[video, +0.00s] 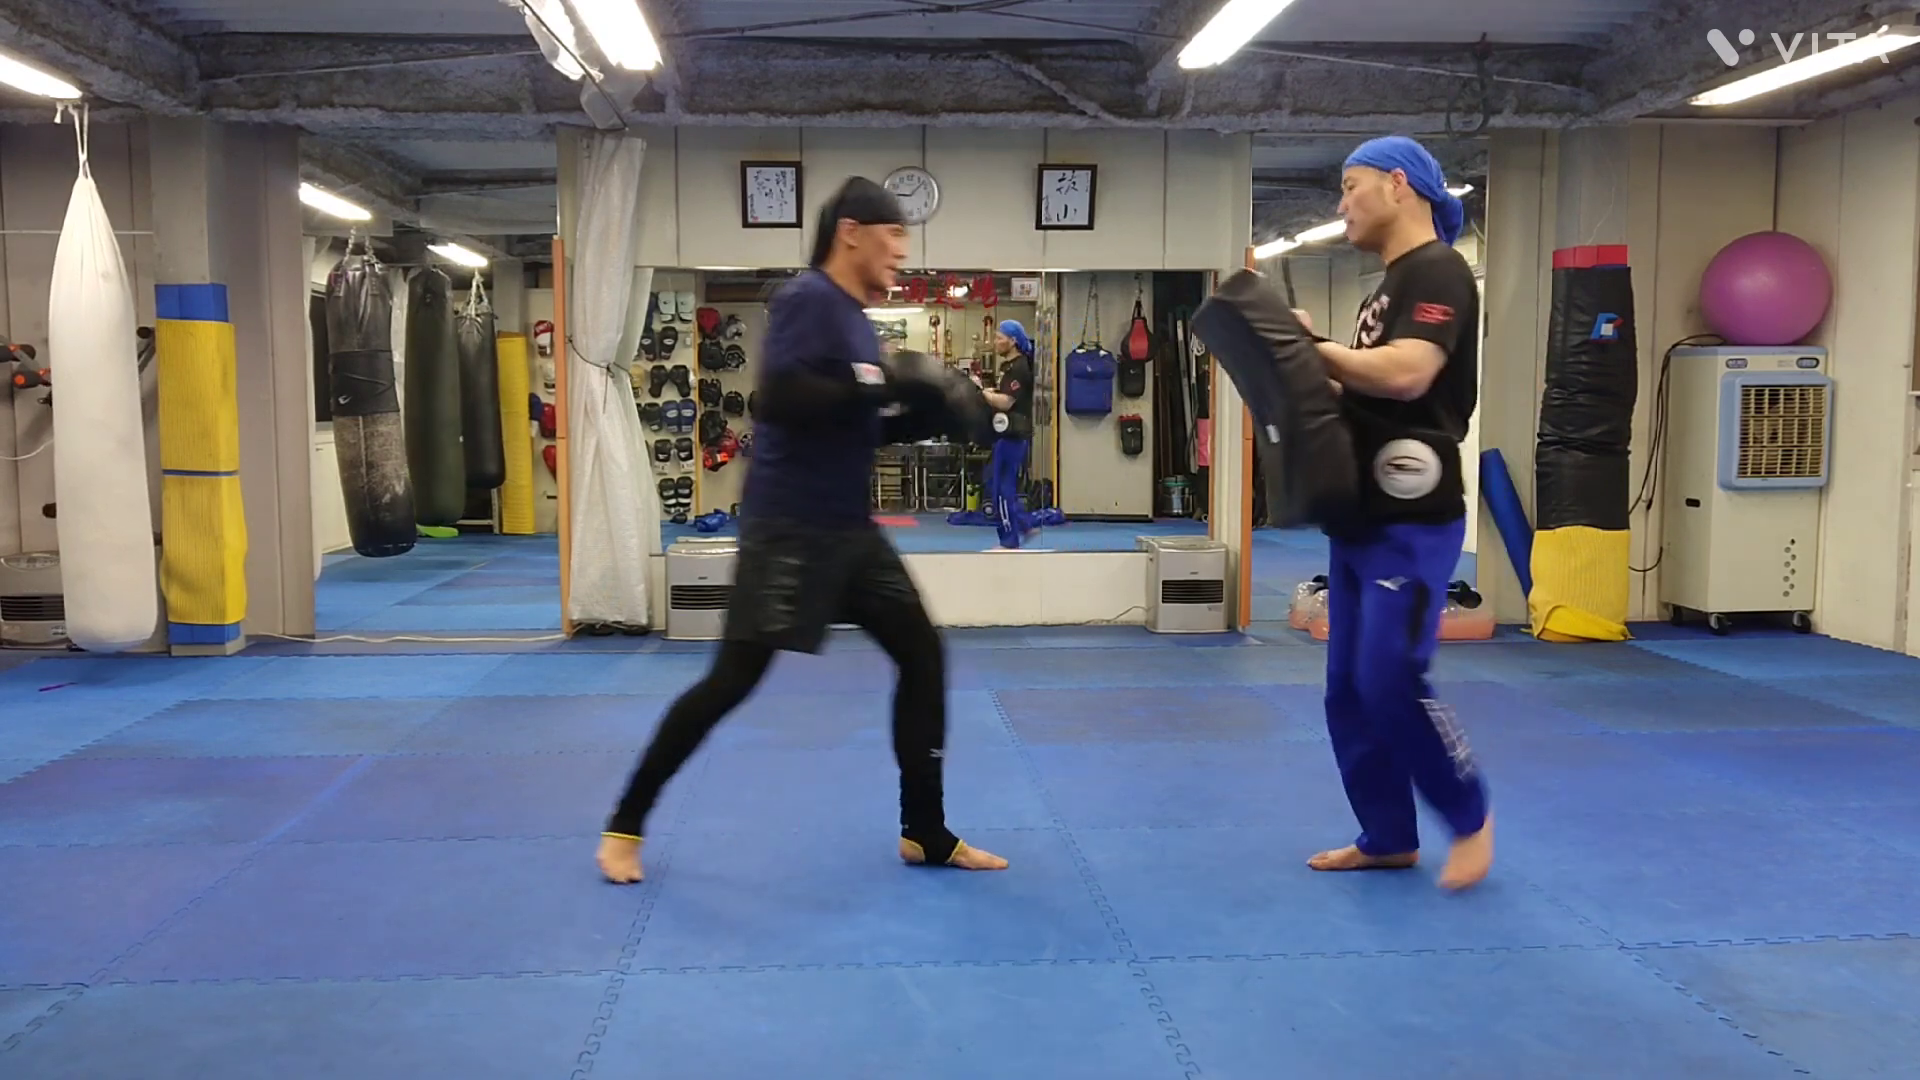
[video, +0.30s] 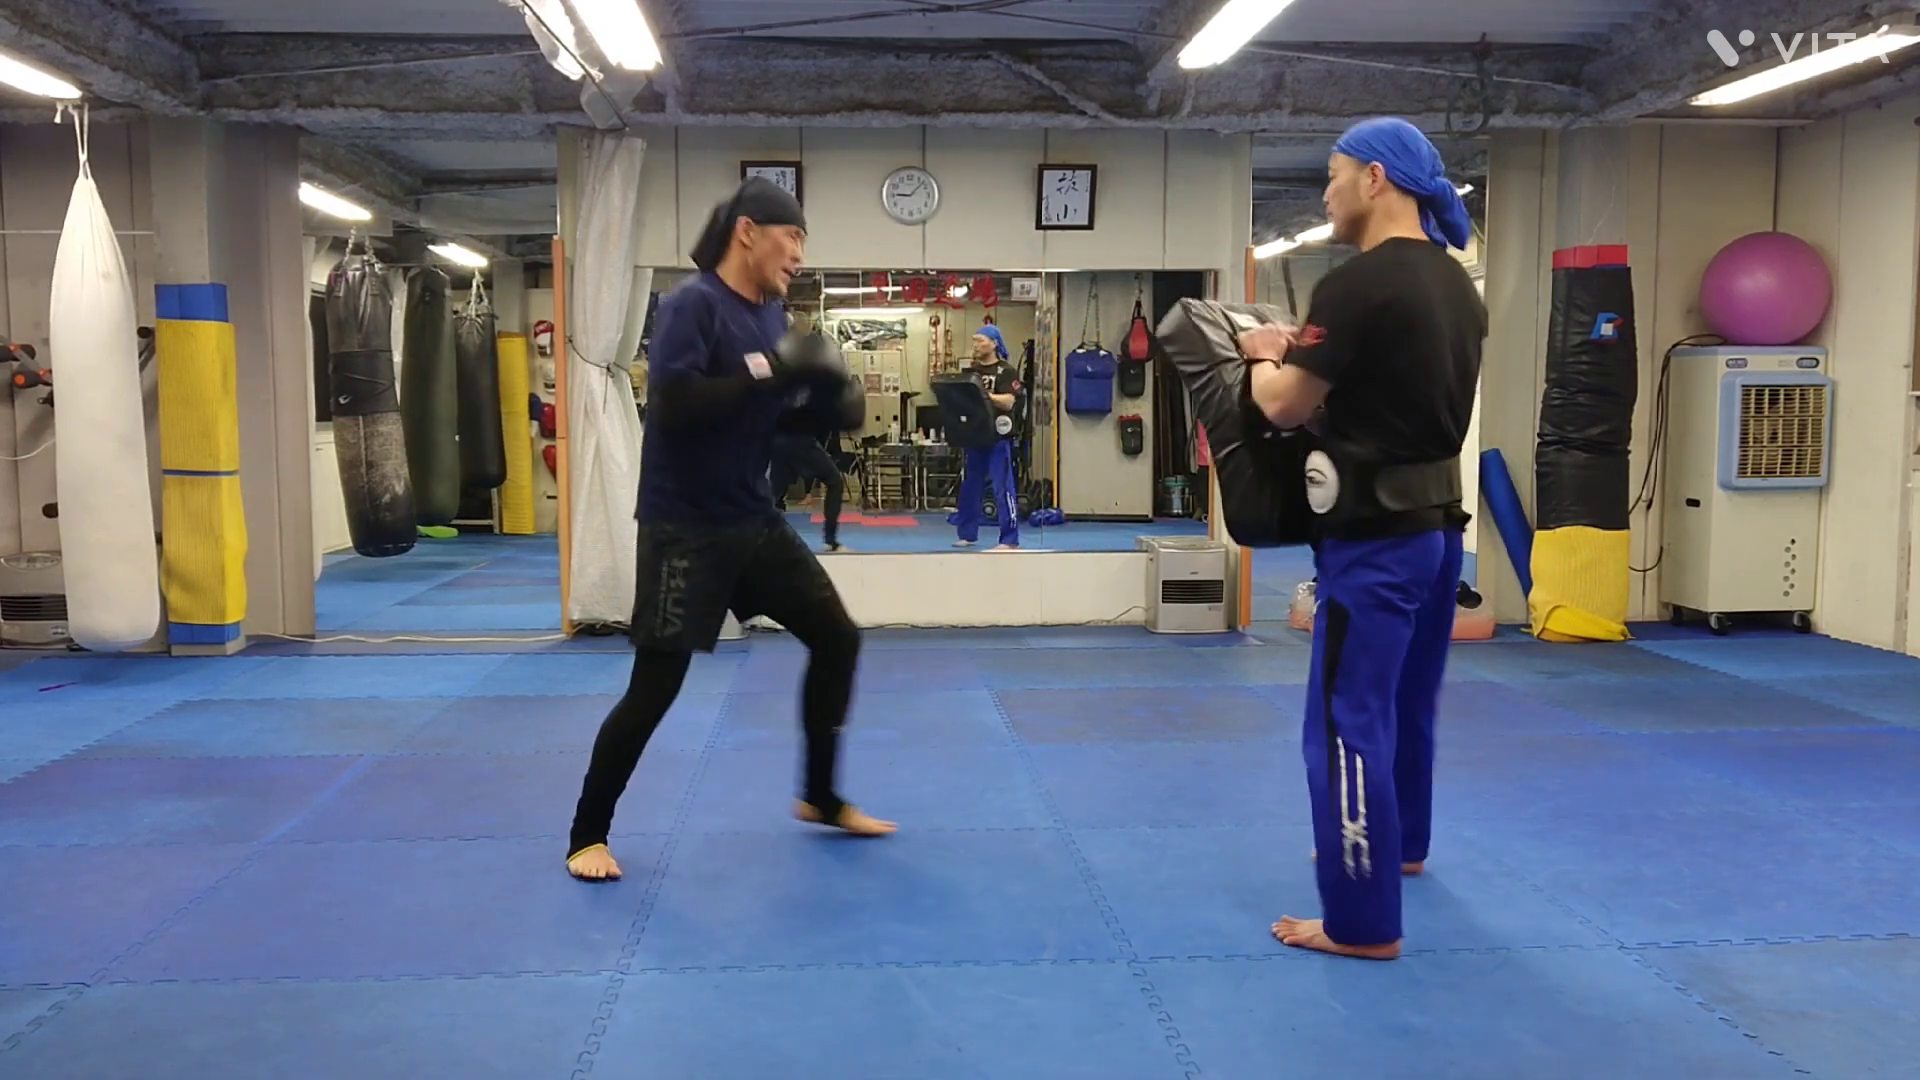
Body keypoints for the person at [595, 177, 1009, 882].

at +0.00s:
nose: (903, 254)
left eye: (905, 241)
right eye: (892, 238)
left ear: (861, 240)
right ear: (848, 234)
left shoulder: (858, 322)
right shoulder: (807, 300)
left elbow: (854, 429)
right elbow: (779, 393)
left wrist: (933, 413)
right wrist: (884, 385)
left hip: (850, 533)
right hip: (785, 532)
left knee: (921, 653)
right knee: (733, 680)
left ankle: (926, 831)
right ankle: (625, 823)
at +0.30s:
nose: (798, 256)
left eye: (801, 244)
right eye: (789, 241)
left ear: (766, 242)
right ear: (744, 234)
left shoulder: (772, 318)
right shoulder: (690, 305)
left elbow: (772, 413)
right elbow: (671, 405)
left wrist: (826, 404)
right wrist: (765, 370)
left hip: (753, 525)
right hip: (681, 530)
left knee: (837, 640)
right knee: (654, 688)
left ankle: (820, 799)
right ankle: (588, 838)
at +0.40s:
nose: (793, 242)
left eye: (797, 230)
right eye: (783, 228)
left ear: (777, 233)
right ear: (738, 222)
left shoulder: (771, 308)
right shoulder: (686, 294)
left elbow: (779, 403)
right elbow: (668, 393)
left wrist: (832, 375)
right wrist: (752, 344)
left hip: (758, 519)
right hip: (686, 522)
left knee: (804, 648)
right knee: (649, 680)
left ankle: (767, 789)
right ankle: (588, 835)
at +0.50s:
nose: (798, 248)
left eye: (803, 236)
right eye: (789, 233)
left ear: (786, 238)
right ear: (745, 225)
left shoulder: (779, 313)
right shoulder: (695, 299)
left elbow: (793, 407)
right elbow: (677, 394)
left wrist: (847, 371)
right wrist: (756, 346)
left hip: (762, 521)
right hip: (694, 523)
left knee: (789, 655)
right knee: (653, 677)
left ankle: (764, 797)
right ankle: (588, 834)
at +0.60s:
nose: (810, 256)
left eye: (816, 243)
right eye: (801, 241)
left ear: (799, 244)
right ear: (758, 232)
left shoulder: (783, 314)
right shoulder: (710, 303)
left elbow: (800, 410)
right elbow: (700, 399)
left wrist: (864, 373)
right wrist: (780, 356)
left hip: (767, 523)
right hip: (702, 525)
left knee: (786, 657)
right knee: (667, 677)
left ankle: (762, 798)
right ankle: (597, 835)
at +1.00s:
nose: (855, 247)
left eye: (859, 234)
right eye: (844, 233)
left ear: (836, 236)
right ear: (802, 230)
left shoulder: (826, 302)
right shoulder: (769, 288)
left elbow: (850, 380)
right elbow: (743, 383)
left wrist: (901, 361)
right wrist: (836, 386)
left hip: (796, 501)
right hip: (757, 501)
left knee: (797, 645)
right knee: (790, 645)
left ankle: (763, 799)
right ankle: (736, 815)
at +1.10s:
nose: (854, 241)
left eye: (860, 231)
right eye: (841, 229)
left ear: (865, 235)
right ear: (804, 227)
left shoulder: (846, 296)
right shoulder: (774, 288)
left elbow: (912, 363)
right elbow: (735, 388)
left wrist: (880, 290)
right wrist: (811, 441)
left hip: (808, 499)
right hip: (768, 499)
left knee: (791, 647)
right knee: (821, 640)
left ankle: (762, 795)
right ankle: (815, 818)